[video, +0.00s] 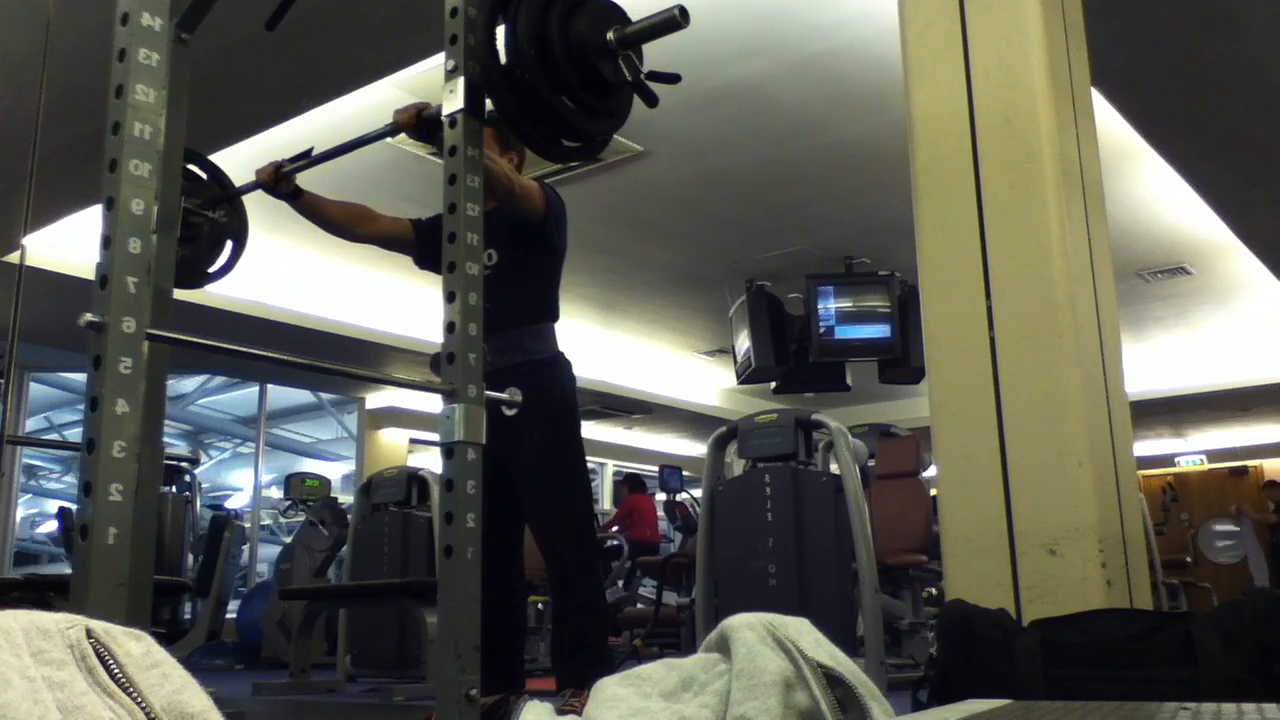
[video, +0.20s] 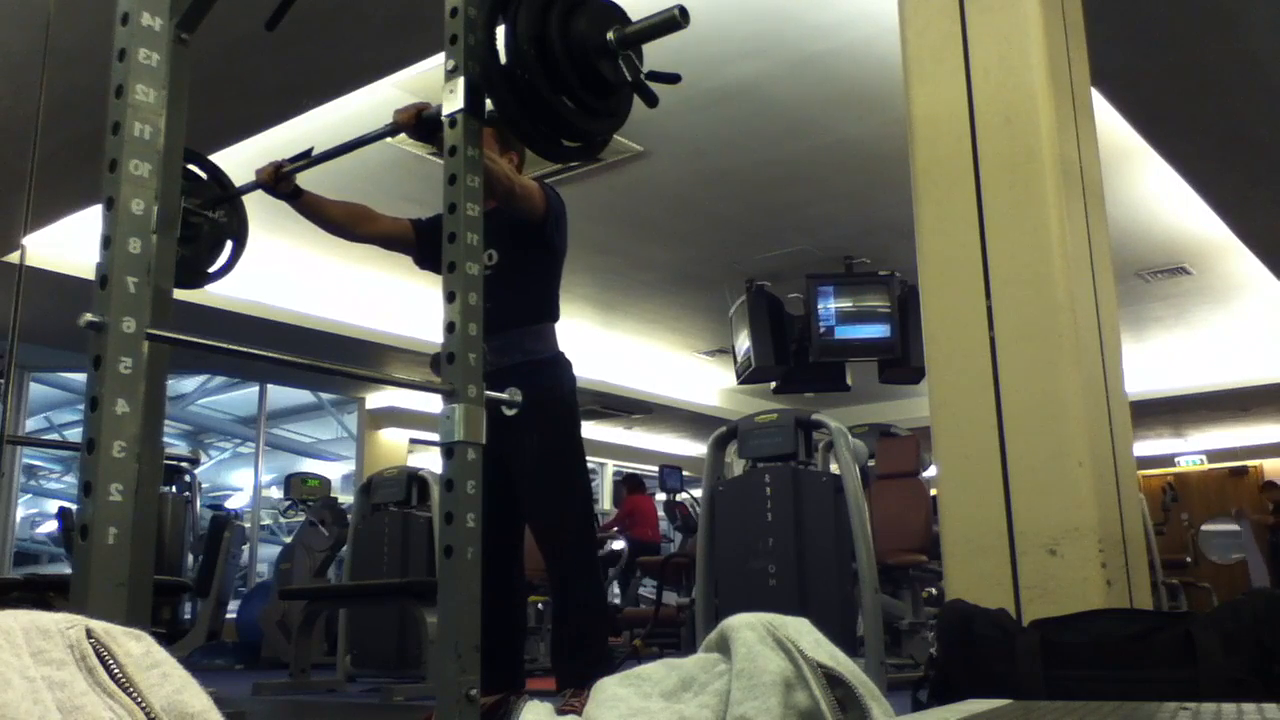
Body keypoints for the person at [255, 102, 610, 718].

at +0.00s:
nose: (468, 166)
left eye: (478, 154)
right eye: (462, 158)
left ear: (510, 155)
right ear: (458, 165)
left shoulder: (542, 209)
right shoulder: (456, 227)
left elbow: (505, 181)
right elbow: (368, 224)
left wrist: (441, 133)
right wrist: (294, 192)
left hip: (537, 383)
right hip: (475, 391)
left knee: (563, 537)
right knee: (487, 546)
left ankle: (580, 684)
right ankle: (497, 687)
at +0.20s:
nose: (467, 165)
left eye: (477, 153)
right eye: (461, 158)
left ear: (509, 154)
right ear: (458, 165)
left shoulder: (542, 209)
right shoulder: (456, 227)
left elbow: (506, 182)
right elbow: (368, 224)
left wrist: (440, 133)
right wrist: (294, 193)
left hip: (537, 383)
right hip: (475, 391)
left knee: (563, 537)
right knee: (488, 546)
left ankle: (579, 684)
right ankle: (498, 687)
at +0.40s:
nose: (468, 165)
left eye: (478, 154)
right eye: (462, 158)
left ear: (511, 155)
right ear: (458, 165)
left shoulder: (542, 209)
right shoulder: (456, 227)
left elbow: (505, 181)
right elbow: (369, 224)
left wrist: (441, 133)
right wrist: (294, 193)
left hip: (537, 383)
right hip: (475, 391)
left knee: (563, 537)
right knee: (488, 546)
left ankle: (580, 684)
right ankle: (497, 687)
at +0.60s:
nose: (471, 165)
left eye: (480, 154)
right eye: (465, 157)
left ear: (513, 156)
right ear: (461, 165)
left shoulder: (543, 208)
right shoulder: (458, 228)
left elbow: (505, 181)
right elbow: (368, 224)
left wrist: (440, 132)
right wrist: (294, 193)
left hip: (537, 384)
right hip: (476, 392)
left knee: (563, 537)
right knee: (489, 546)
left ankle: (579, 684)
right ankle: (499, 687)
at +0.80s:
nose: (469, 165)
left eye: (479, 153)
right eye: (463, 158)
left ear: (513, 156)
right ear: (460, 165)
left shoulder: (543, 207)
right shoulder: (458, 226)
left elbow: (504, 180)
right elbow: (369, 223)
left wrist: (440, 133)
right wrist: (295, 193)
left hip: (538, 385)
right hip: (477, 393)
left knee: (564, 539)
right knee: (489, 546)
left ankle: (579, 683)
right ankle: (499, 686)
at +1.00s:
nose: (471, 159)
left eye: (482, 148)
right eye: (465, 153)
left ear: (516, 154)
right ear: (459, 162)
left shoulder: (543, 204)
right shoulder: (457, 223)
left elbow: (502, 179)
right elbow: (370, 221)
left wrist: (440, 134)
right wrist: (295, 192)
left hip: (538, 384)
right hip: (476, 392)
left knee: (565, 538)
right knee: (488, 546)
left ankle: (579, 684)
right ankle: (498, 686)